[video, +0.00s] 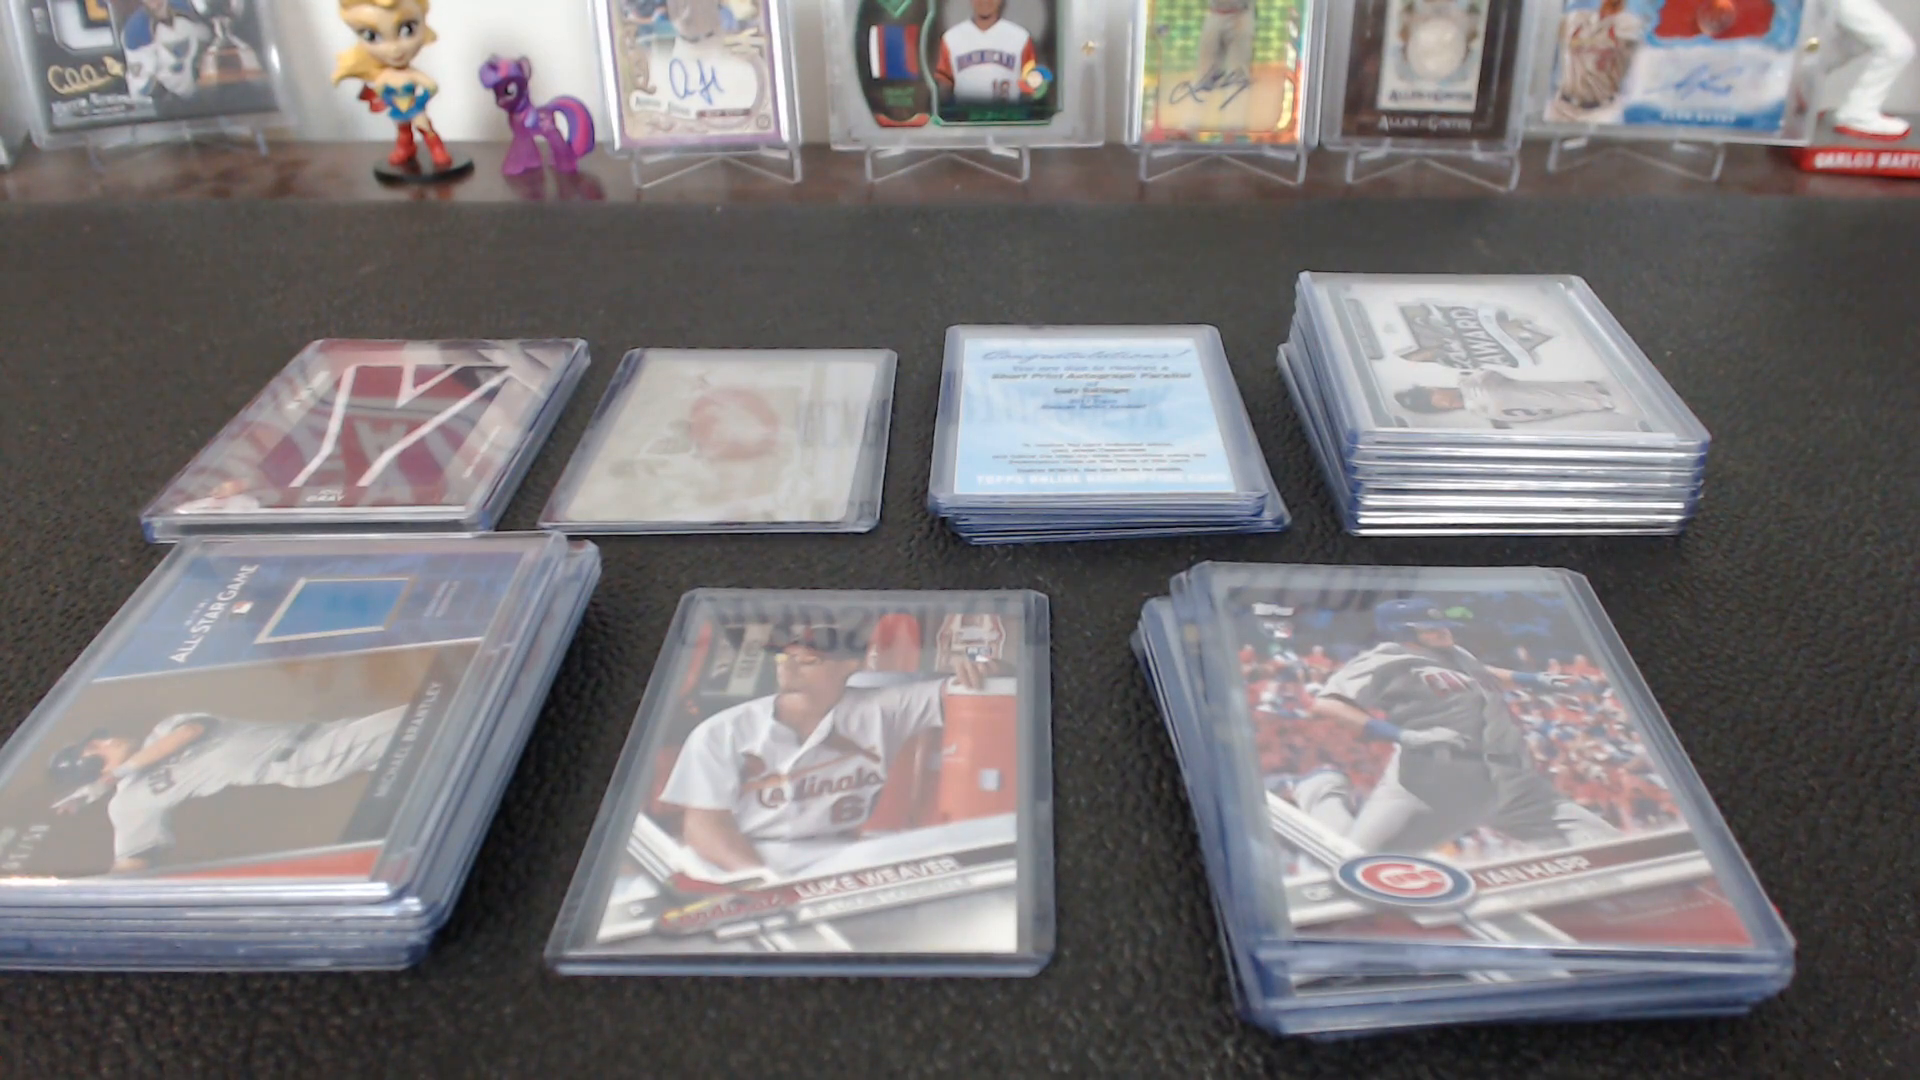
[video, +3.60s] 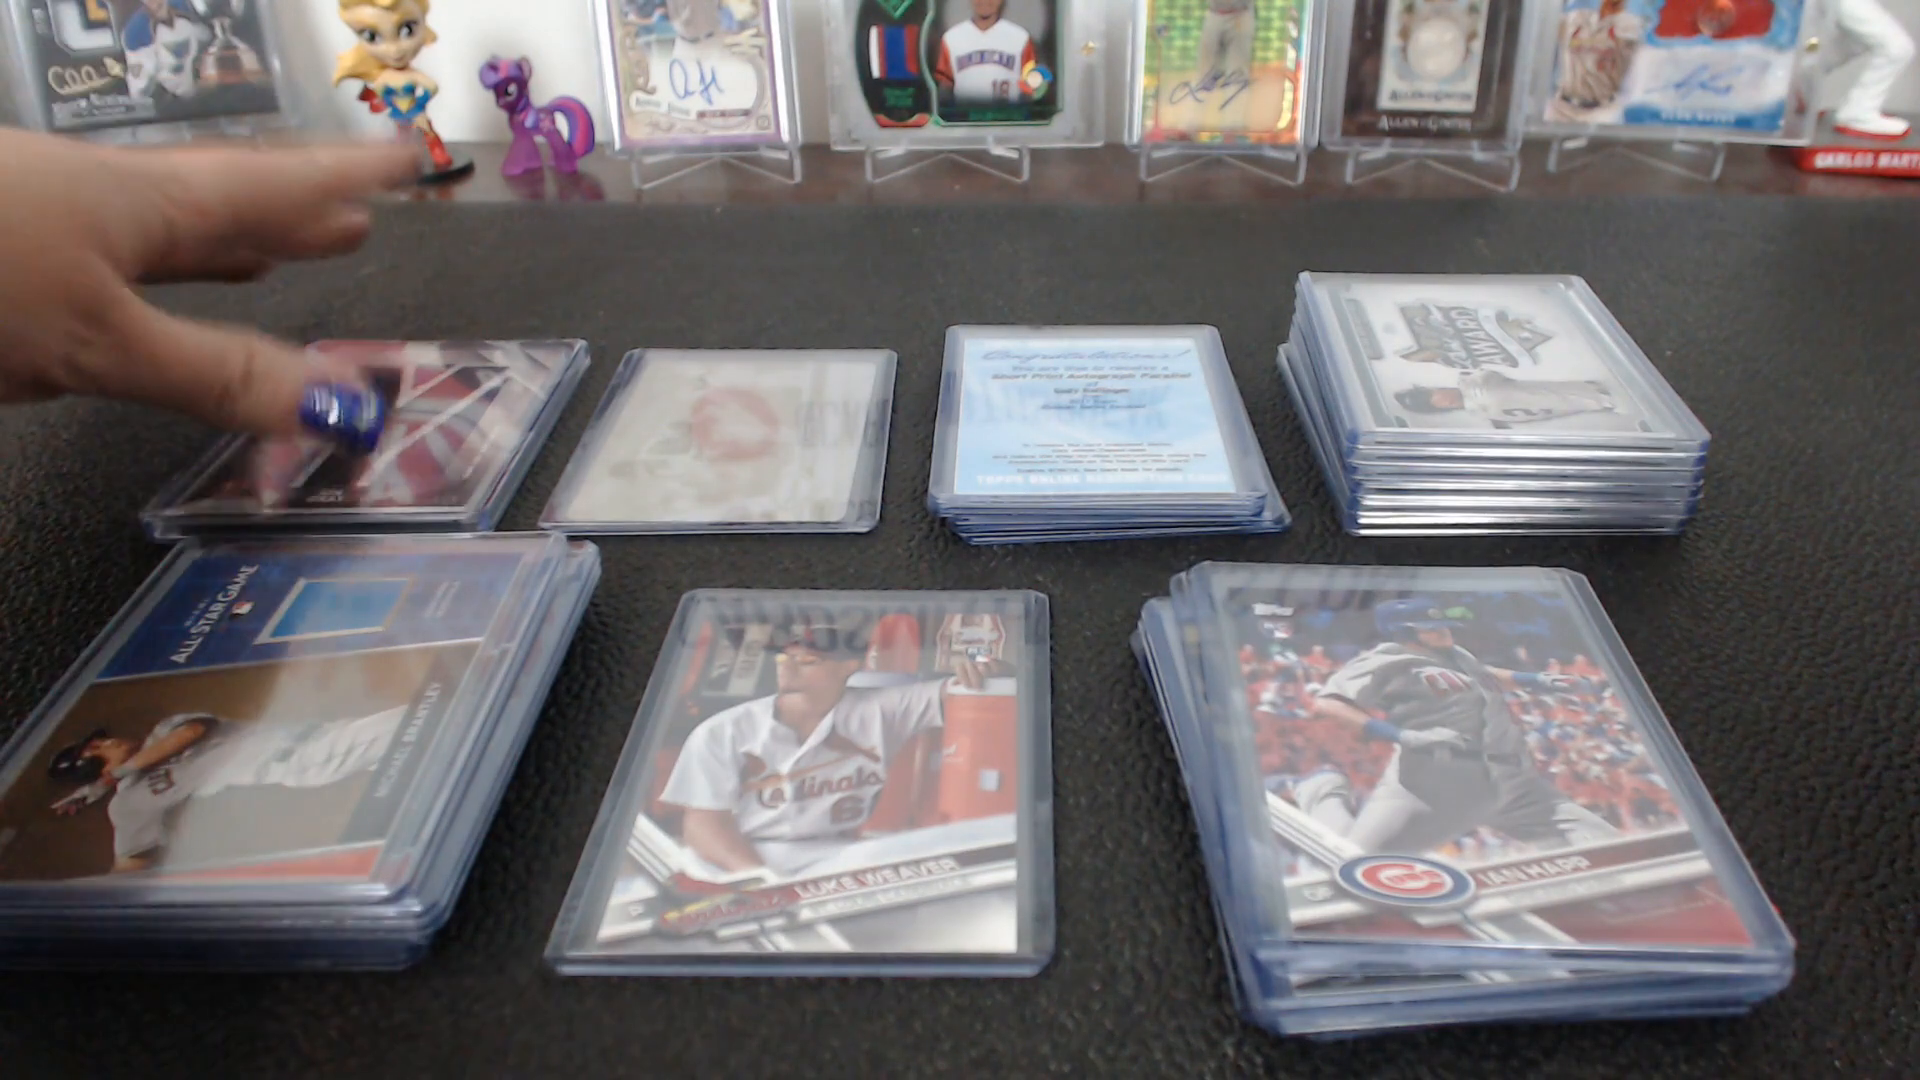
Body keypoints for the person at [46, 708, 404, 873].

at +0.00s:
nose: (109, 740)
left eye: (98, 739)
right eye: (99, 747)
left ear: (107, 743)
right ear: (100, 771)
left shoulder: (161, 728)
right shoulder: (130, 800)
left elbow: (193, 732)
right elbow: (129, 871)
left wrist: (116, 775)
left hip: (311, 732)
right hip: (298, 760)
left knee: (414, 721)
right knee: (412, 718)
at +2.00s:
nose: (113, 740)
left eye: (103, 739)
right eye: (103, 746)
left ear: (109, 741)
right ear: (101, 769)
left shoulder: (161, 729)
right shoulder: (131, 798)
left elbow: (192, 732)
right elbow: (130, 869)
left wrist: (116, 775)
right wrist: (88, 901)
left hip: (311, 732)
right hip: (299, 760)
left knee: (416, 721)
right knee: (414, 717)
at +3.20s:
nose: (109, 751)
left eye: (98, 747)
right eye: (99, 760)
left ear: (108, 736)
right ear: (100, 776)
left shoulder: (160, 727)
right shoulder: (131, 801)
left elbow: (191, 733)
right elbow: (128, 872)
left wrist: (117, 775)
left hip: (305, 735)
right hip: (291, 768)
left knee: (412, 719)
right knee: (408, 721)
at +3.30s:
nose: (104, 771)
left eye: (98, 758)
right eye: (94, 774)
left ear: (112, 741)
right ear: (96, 786)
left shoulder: (161, 731)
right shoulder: (130, 802)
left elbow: (193, 732)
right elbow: (130, 871)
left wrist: (124, 770)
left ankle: (418, 715)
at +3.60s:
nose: (115, 741)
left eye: (106, 739)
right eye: (104, 744)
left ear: (109, 742)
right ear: (100, 764)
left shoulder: (163, 727)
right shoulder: (129, 802)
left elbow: (196, 731)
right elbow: (129, 872)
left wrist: (115, 777)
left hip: (294, 736)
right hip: (277, 774)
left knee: (407, 721)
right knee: (399, 726)